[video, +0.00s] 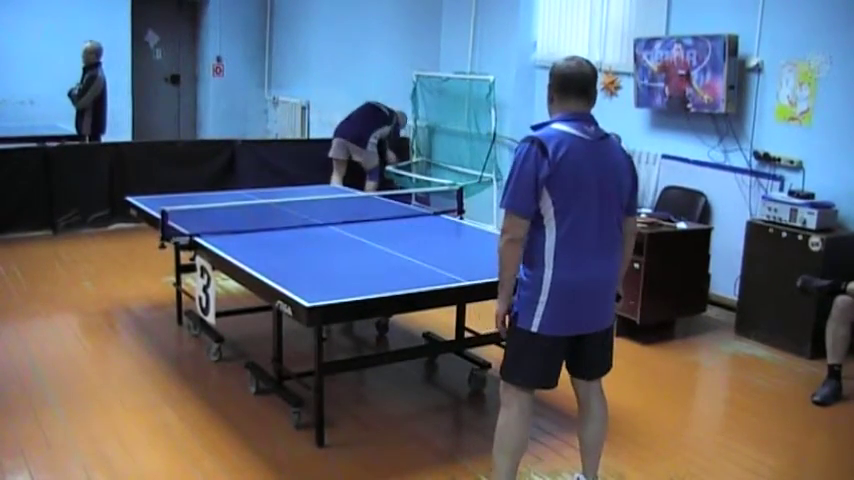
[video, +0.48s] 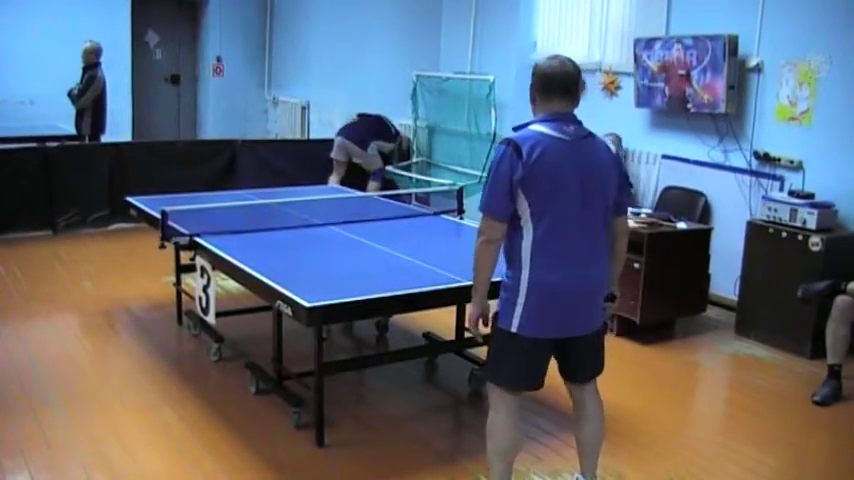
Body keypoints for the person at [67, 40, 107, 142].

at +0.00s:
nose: (83, 56)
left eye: (87, 53)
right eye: (84, 52)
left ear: (95, 55)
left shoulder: (95, 76)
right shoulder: (88, 73)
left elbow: (81, 102)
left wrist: (73, 92)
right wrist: (76, 92)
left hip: (91, 128)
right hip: (85, 127)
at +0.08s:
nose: (83, 56)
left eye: (87, 53)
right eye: (84, 52)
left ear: (95, 55)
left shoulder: (95, 76)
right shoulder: (87, 73)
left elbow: (81, 102)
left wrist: (73, 92)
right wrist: (76, 92)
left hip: (91, 128)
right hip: (85, 127)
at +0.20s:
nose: (83, 56)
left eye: (87, 53)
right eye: (84, 52)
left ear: (95, 55)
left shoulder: (95, 76)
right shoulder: (87, 73)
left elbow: (81, 102)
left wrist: (73, 92)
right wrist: (76, 92)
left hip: (91, 128)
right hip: (85, 127)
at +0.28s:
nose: (83, 56)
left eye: (87, 53)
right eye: (83, 53)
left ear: (94, 55)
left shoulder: (95, 76)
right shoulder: (87, 73)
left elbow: (80, 102)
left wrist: (73, 92)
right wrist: (76, 92)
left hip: (91, 128)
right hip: (84, 127)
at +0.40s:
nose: (83, 56)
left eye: (87, 53)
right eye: (83, 52)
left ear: (94, 55)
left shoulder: (95, 76)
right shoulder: (87, 73)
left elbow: (80, 102)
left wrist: (73, 91)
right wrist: (76, 92)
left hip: (91, 128)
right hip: (85, 127)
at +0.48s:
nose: (83, 56)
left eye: (87, 53)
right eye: (83, 53)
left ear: (94, 55)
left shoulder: (95, 76)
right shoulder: (87, 73)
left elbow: (80, 102)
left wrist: (73, 92)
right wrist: (76, 92)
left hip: (91, 128)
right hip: (84, 127)